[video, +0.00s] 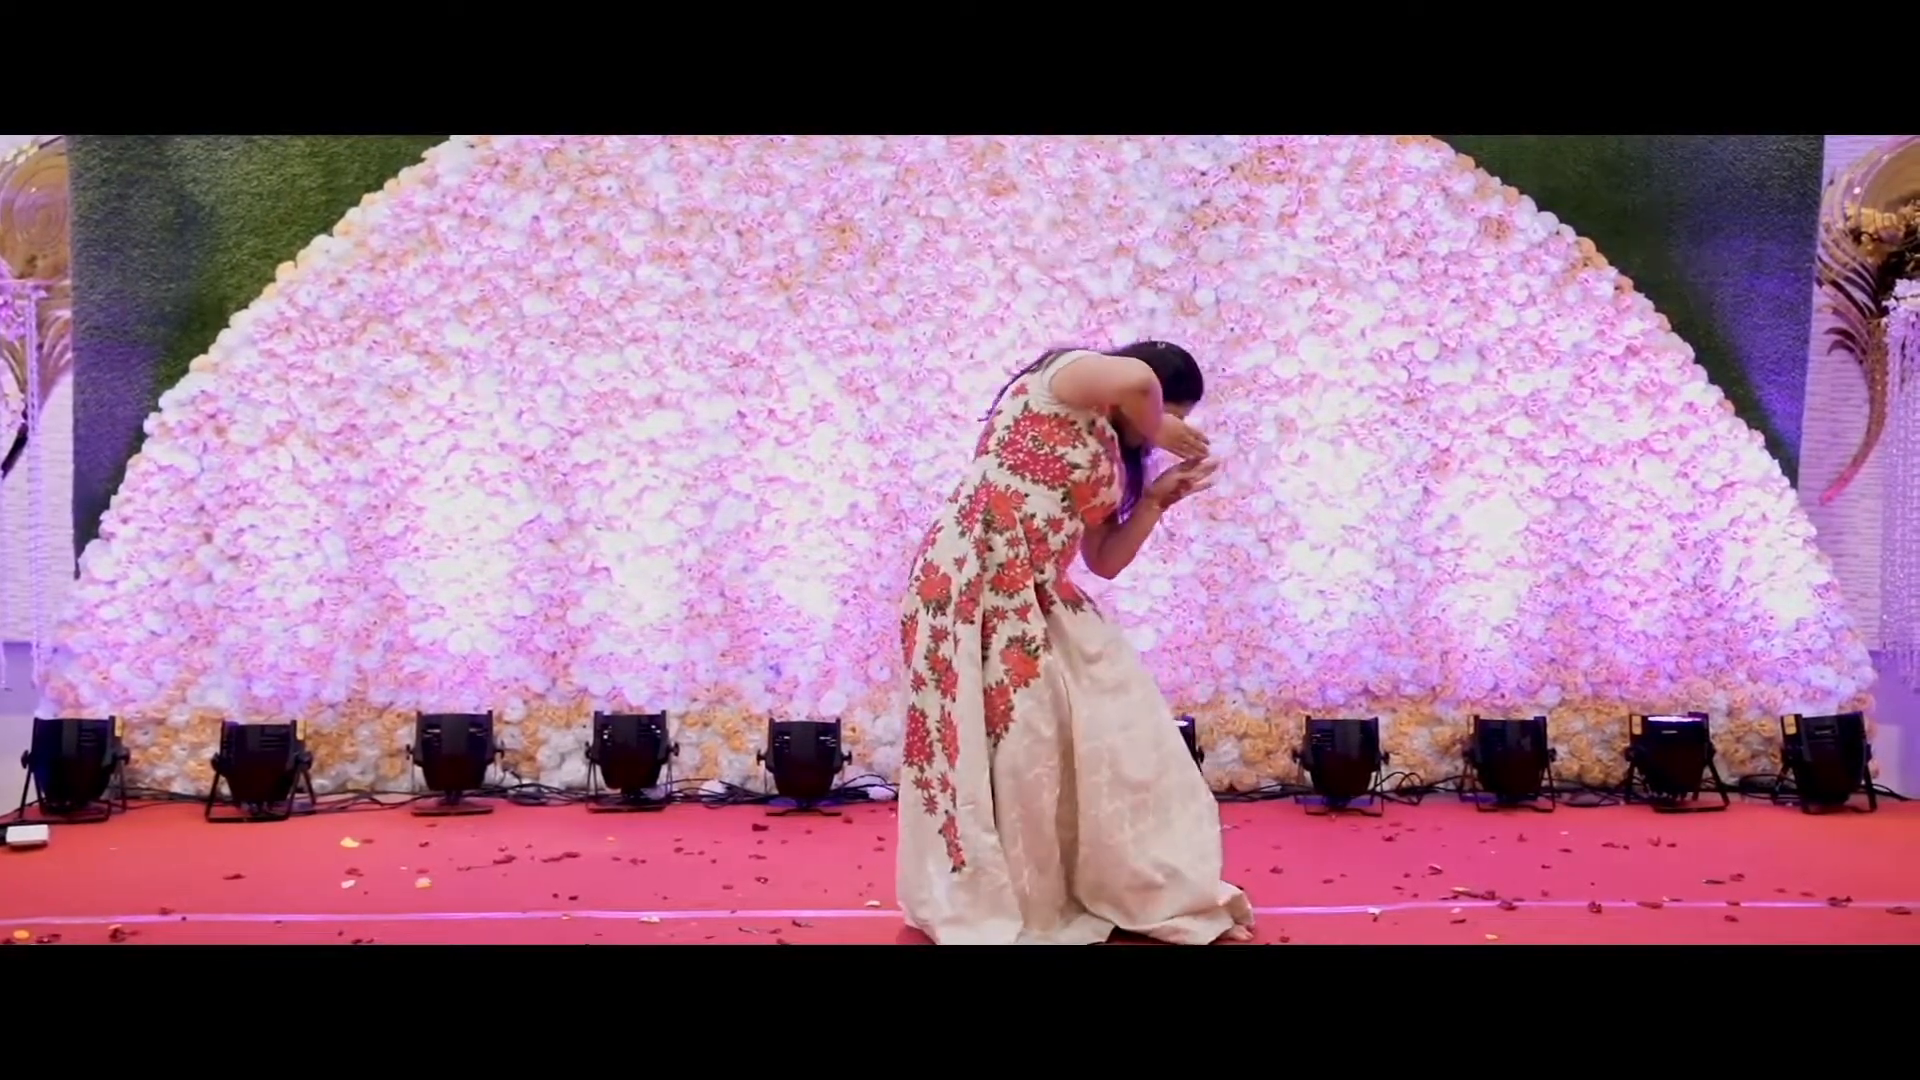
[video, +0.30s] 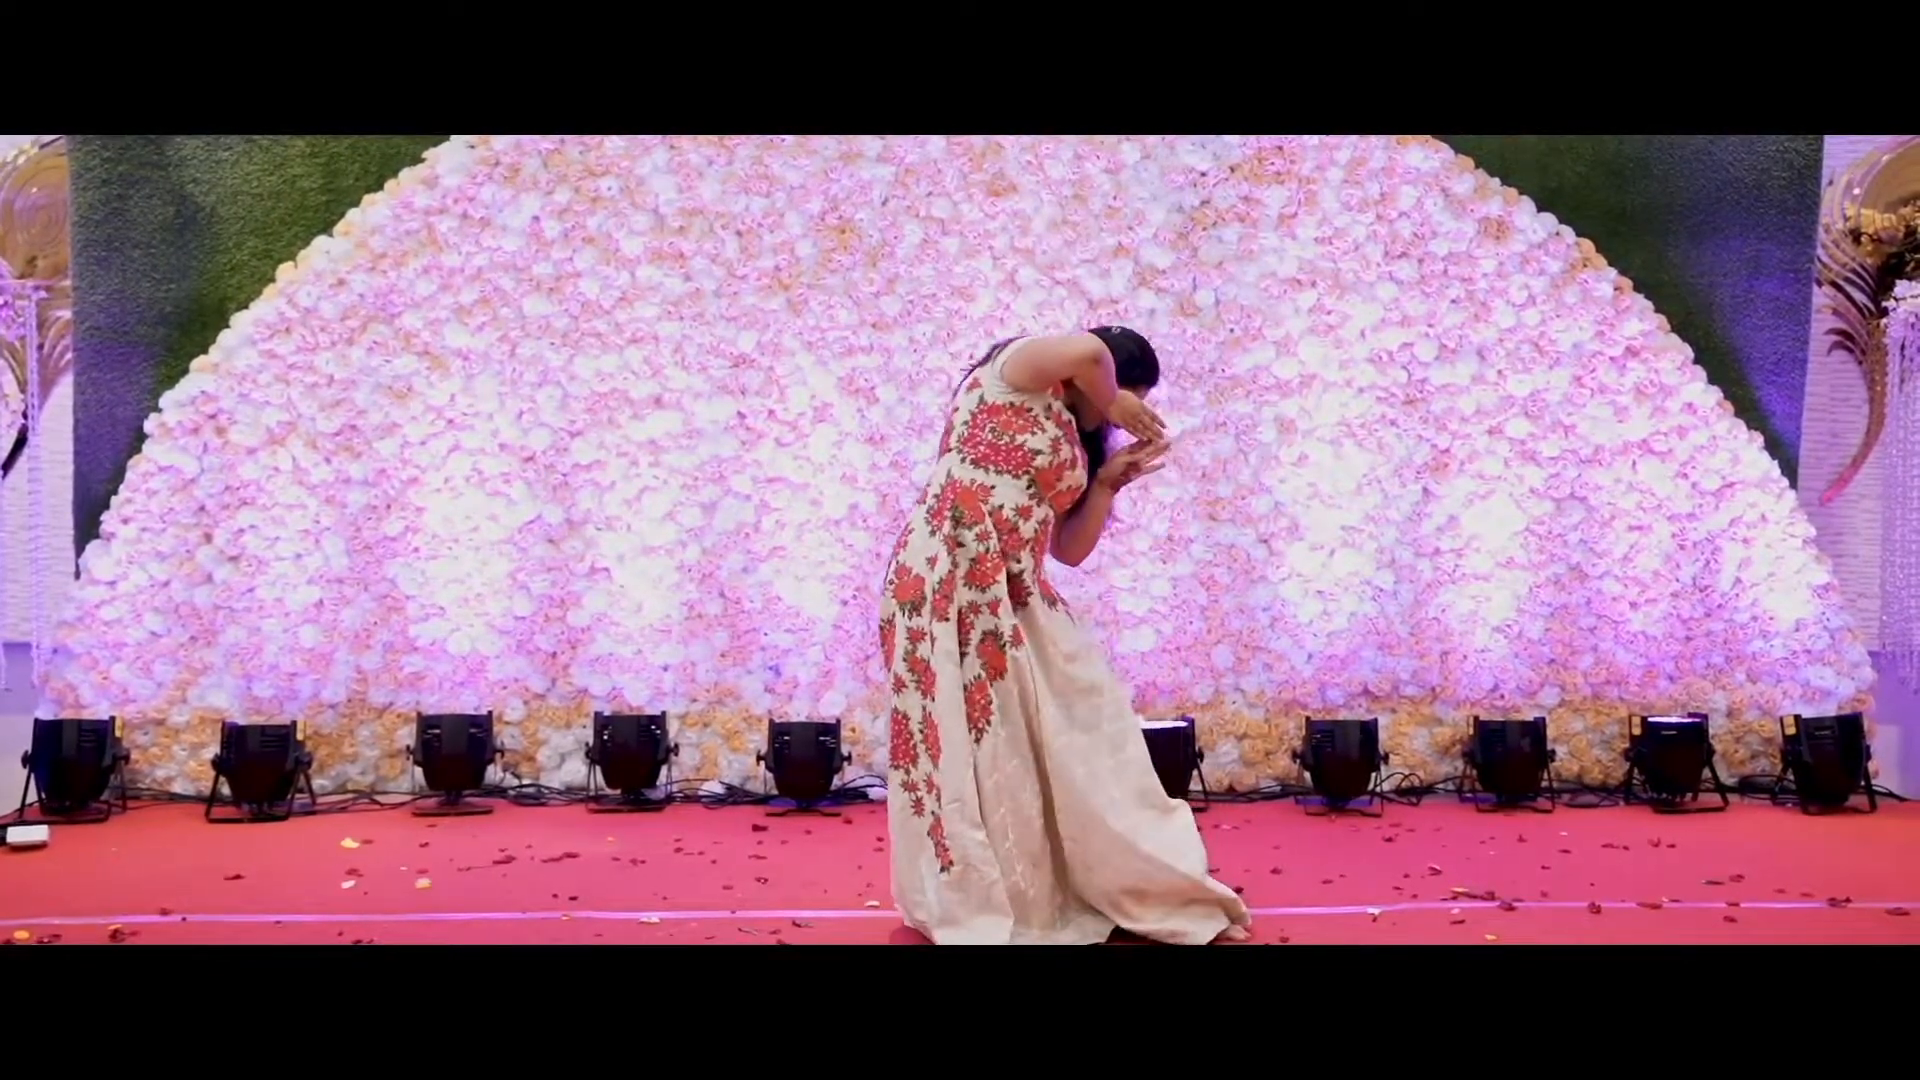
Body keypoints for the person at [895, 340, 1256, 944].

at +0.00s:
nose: (1168, 423)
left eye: (1173, 417)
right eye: (1171, 411)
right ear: (1142, 377)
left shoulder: (1106, 468)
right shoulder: (1061, 379)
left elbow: (1105, 559)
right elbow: (1138, 378)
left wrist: (1155, 500)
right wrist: (1159, 431)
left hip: (1035, 598)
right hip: (967, 587)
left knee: (1125, 722)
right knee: (1025, 735)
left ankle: (1158, 889)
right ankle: (1016, 898)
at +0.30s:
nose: (1124, 413)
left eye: (1130, 405)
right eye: (1127, 400)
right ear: (1100, 368)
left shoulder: (1069, 450)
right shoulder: (1016, 372)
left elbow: (1070, 549)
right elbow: (1089, 350)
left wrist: (1108, 480)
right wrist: (1118, 399)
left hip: (1012, 594)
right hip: (942, 580)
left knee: (1095, 725)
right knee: (970, 740)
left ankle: (1159, 886)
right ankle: (989, 896)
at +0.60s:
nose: (1124, 395)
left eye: (1131, 386)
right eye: (1123, 382)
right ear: (1093, 353)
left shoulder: (1073, 436)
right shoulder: (1013, 368)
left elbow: (1101, 523)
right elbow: (1071, 314)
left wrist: (1124, 451)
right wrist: (1128, 368)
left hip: (1024, 591)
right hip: (954, 577)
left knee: (1079, 738)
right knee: (966, 739)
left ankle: (1163, 891)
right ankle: (975, 898)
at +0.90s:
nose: (1160, 364)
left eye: (1164, 350)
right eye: (1155, 347)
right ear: (1122, 336)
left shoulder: (1110, 434)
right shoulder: (1037, 365)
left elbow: (1153, 516)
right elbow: (1059, 364)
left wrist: (1204, 433)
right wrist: (1122, 331)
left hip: (1069, 586)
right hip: (996, 574)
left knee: (1129, 729)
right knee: (994, 737)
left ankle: (1183, 880)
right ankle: (994, 892)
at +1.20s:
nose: (1278, 364)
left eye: (1275, 352)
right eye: (1263, 352)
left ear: (1226, 361)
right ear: (1224, 360)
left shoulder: (1209, 441)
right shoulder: (1206, 405)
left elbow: (1223, 569)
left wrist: (1292, 539)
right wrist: (1269, 454)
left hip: (1131, 605)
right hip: (1079, 591)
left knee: (1222, 716)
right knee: (1067, 742)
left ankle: (1218, 888)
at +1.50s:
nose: (1331, 385)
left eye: (1331, 372)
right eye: (1315, 373)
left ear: (1319, 385)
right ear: (1275, 387)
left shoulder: (1302, 479)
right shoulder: (1256, 435)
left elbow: (1355, 557)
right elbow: (1356, 435)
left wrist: (1361, 501)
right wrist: (1472, 458)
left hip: (1197, 627)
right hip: (1126, 609)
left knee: (1286, 731)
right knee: (1089, 759)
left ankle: (1224, 893)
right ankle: (1048, 906)